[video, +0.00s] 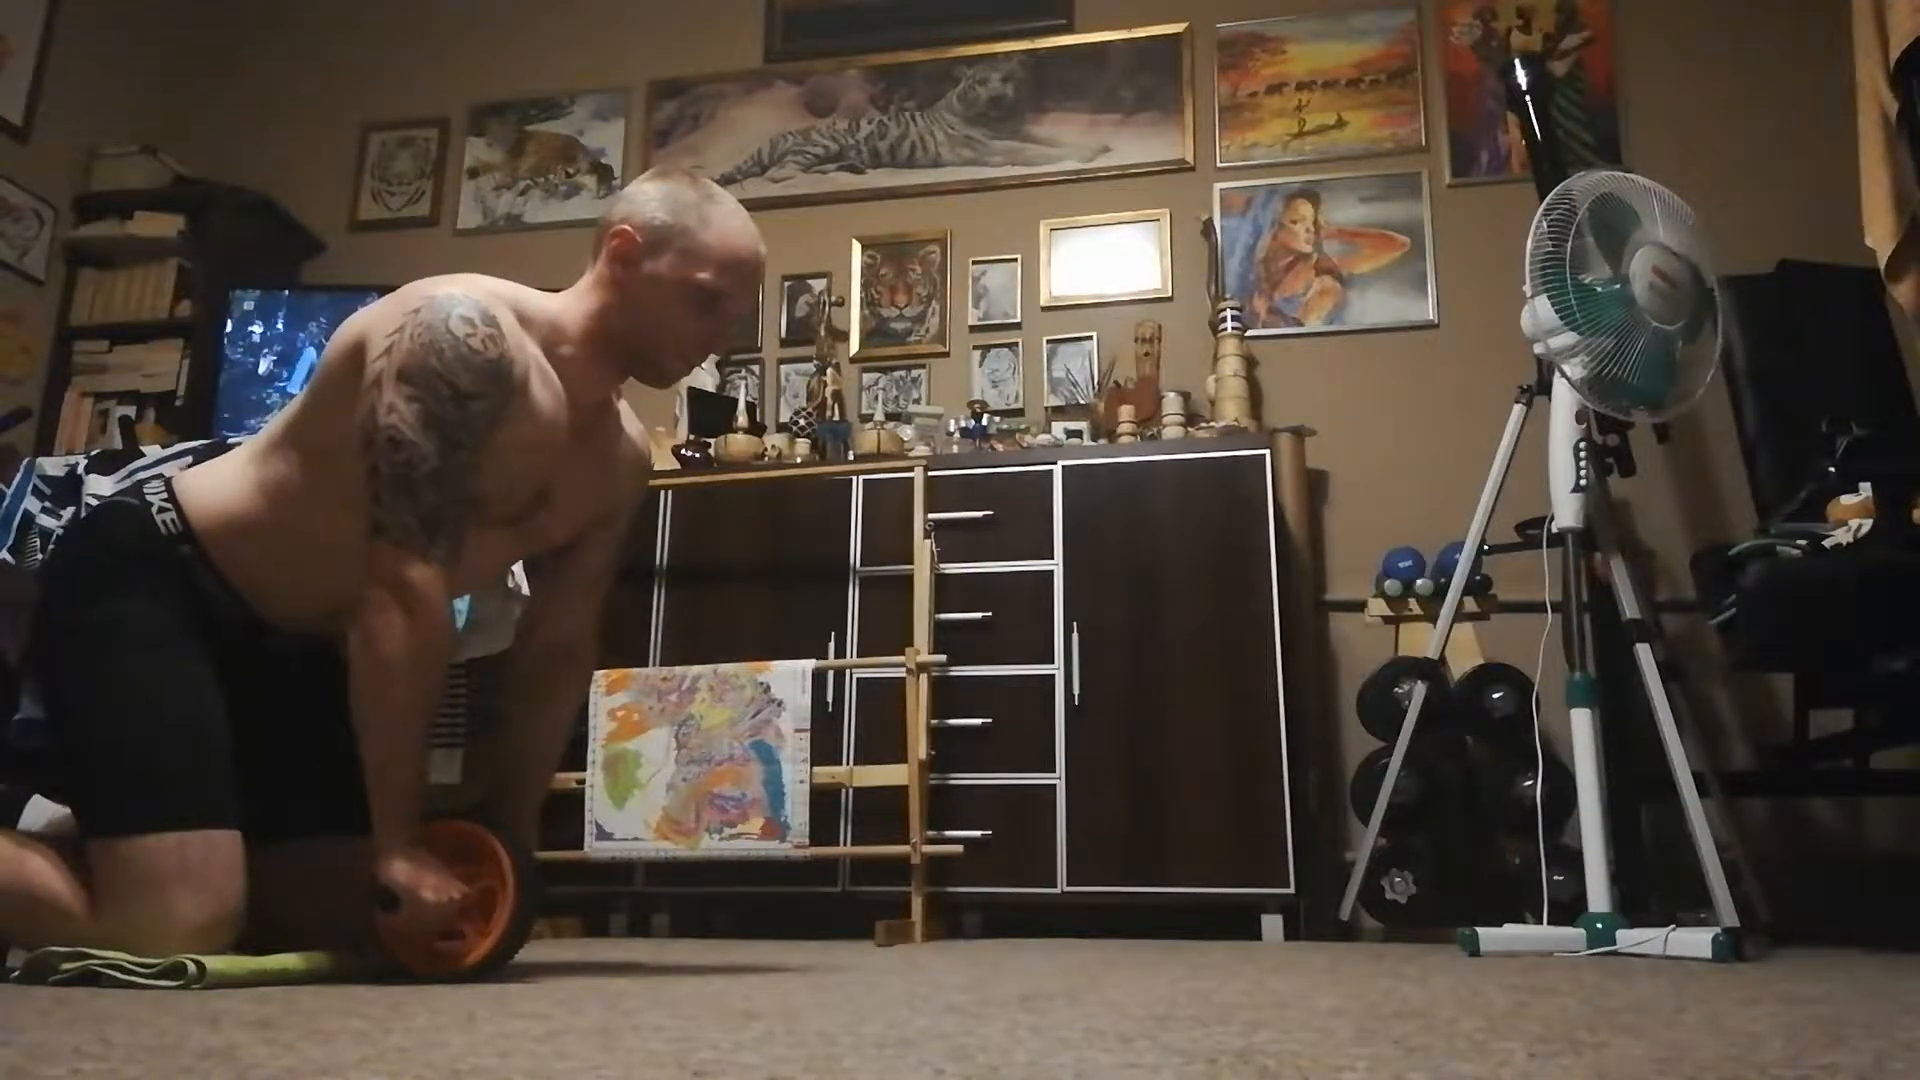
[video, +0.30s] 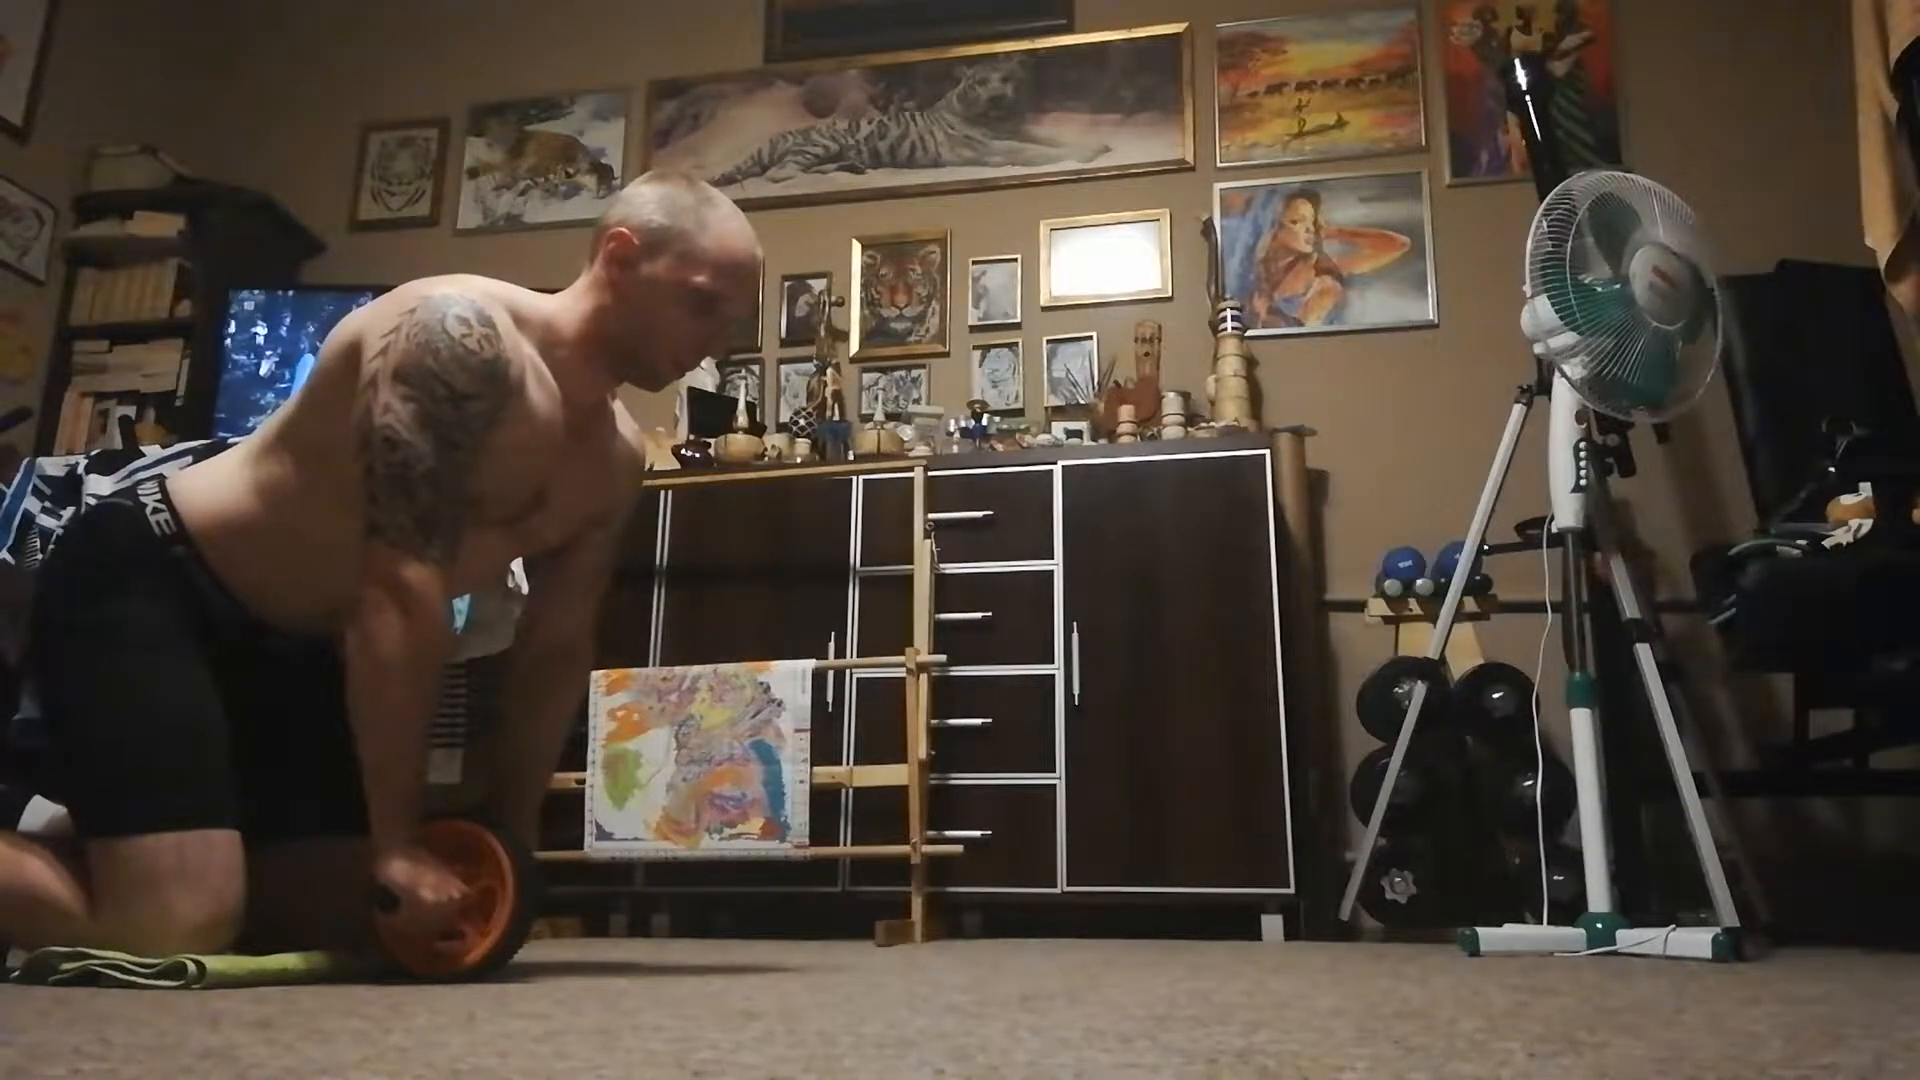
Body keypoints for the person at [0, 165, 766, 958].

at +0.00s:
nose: (729, 334)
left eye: (740, 311)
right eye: (713, 299)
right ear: (625, 253)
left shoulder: (617, 466)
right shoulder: (463, 337)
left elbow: (553, 665)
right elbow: (398, 601)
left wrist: (499, 869)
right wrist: (398, 853)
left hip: (295, 640)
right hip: (150, 572)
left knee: (354, 915)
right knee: (180, 920)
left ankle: (63, 860)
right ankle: (10, 861)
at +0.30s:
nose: (720, 341)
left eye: (735, 317)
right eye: (706, 302)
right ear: (621, 255)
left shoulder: (615, 463)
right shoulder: (458, 339)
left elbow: (550, 664)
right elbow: (395, 602)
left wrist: (499, 866)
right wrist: (398, 850)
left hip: (292, 641)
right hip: (146, 571)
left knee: (356, 913)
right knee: (179, 922)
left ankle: (63, 859)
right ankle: (11, 860)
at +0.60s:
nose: (721, 344)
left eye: (735, 321)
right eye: (710, 306)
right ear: (624, 255)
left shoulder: (606, 464)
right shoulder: (452, 339)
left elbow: (546, 666)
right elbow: (389, 603)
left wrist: (496, 863)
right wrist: (398, 849)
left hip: (290, 638)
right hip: (144, 574)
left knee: (356, 910)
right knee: (180, 922)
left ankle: (76, 864)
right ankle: (10, 865)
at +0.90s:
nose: (722, 345)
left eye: (735, 322)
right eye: (710, 308)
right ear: (623, 256)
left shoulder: (604, 462)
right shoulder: (450, 342)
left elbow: (545, 666)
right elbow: (388, 605)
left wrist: (495, 860)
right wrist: (398, 849)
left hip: (292, 637)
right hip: (145, 575)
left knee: (354, 910)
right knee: (180, 922)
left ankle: (83, 869)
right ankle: (10, 865)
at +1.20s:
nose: (719, 348)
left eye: (733, 326)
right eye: (706, 311)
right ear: (620, 260)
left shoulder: (603, 461)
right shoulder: (444, 339)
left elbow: (543, 668)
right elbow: (386, 603)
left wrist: (489, 864)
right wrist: (399, 847)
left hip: (287, 636)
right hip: (142, 573)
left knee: (354, 911)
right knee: (179, 923)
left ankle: (94, 871)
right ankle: (9, 864)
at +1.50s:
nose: (726, 355)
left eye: (741, 332)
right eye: (713, 319)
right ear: (630, 269)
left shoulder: (609, 469)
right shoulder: (457, 340)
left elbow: (552, 676)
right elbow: (386, 599)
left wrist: (507, 868)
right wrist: (412, 842)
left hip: (293, 640)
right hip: (147, 575)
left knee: (349, 916)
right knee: (172, 931)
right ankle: (10, 860)